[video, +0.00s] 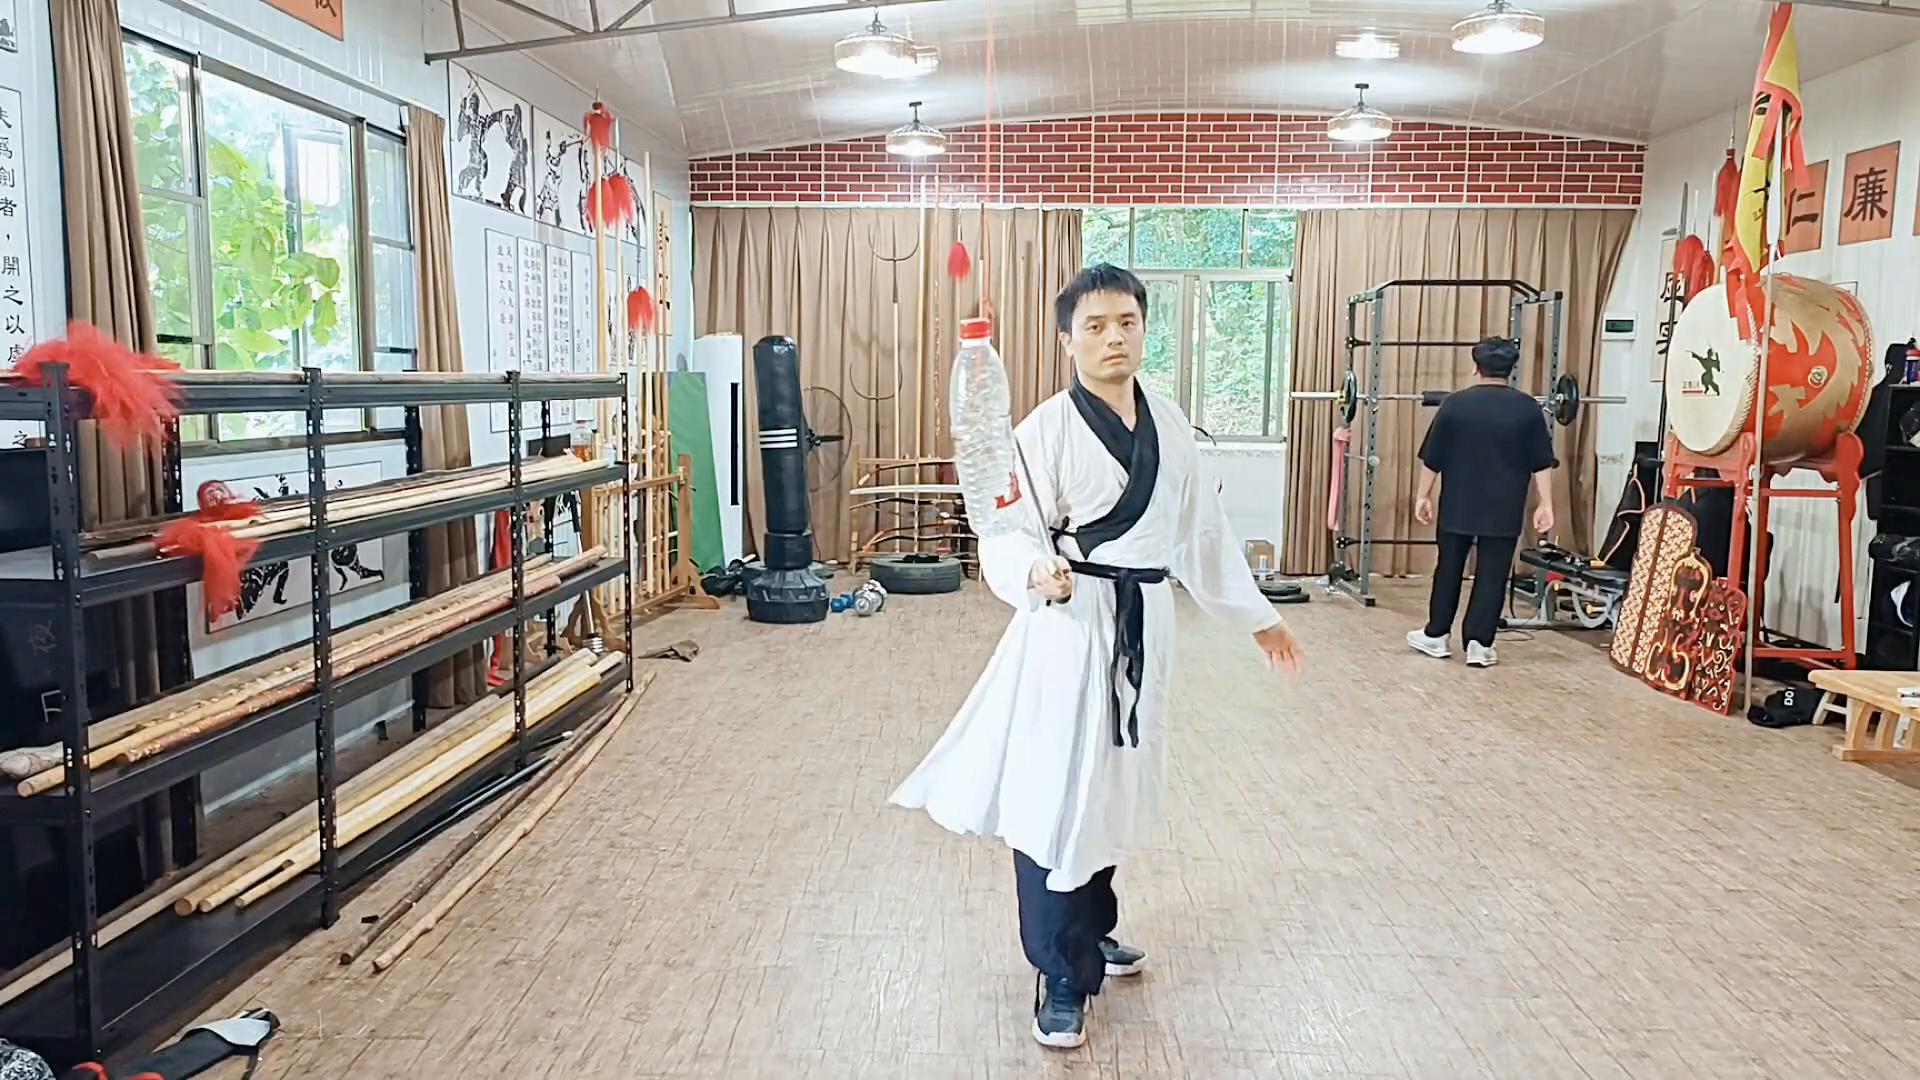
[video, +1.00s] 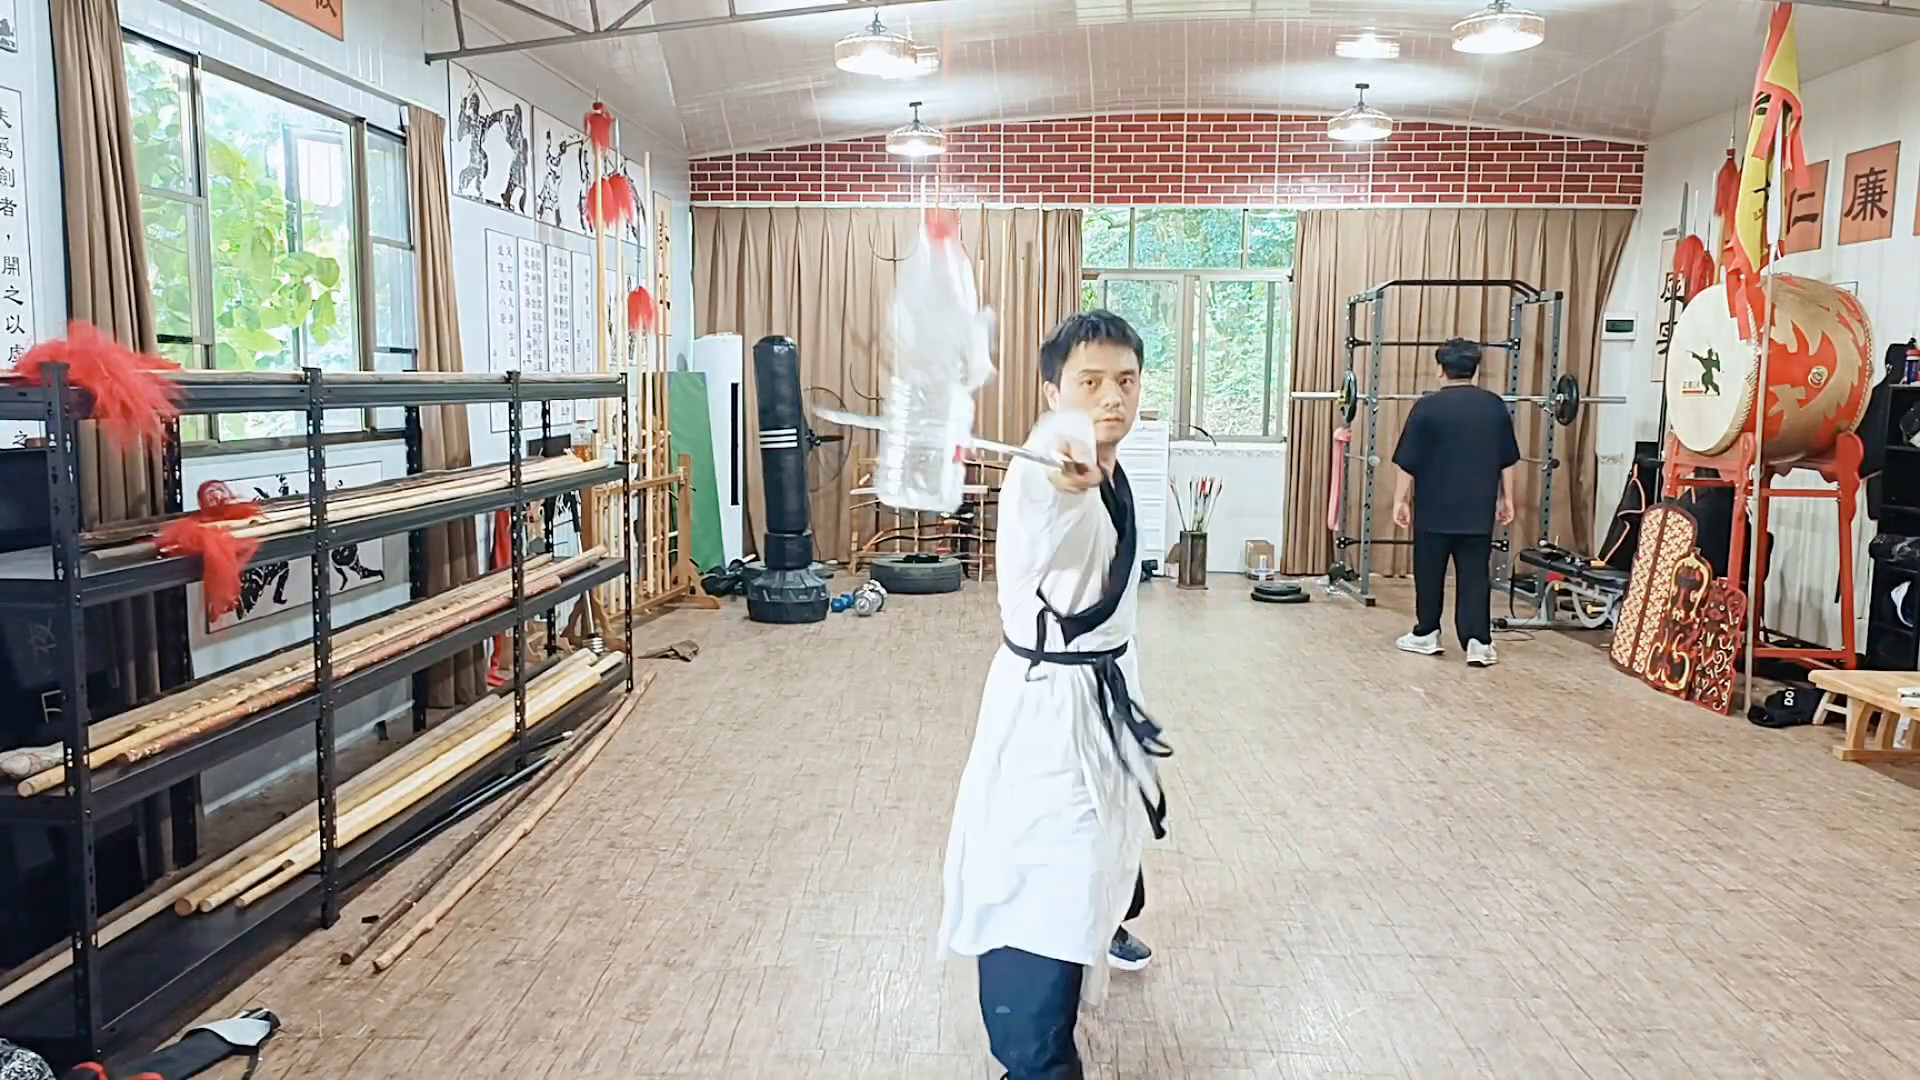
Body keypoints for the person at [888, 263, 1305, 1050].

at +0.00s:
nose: (1114, 337)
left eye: (1127, 321)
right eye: (1097, 325)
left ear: (1145, 332)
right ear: (1069, 339)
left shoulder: (1170, 428)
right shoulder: (1042, 433)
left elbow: (1207, 538)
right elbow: (1001, 533)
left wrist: (1260, 616)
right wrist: (1035, 571)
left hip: (1141, 626)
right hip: (1067, 627)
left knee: (1114, 782)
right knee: (1050, 796)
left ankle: (1089, 932)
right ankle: (1056, 979)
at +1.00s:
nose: (1113, 398)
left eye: (1127, 380)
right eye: (1091, 380)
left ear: (1141, 389)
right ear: (1052, 391)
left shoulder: (1108, 459)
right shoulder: (1044, 462)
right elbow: (1042, 493)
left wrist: (1120, 696)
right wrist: (1070, 486)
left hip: (1103, 685)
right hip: (1045, 698)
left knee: (1107, 818)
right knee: (1040, 886)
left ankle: (1098, 928)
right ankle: (1038, 1058)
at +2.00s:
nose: (1110, 401)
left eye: (1124, 385)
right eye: (1091, 386)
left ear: (1141, 390)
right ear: (1060, 393)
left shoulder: (1145, 466)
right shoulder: (1031, 483)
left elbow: (1160, 573)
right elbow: (988, 599)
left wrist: (1217, 639)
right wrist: (1032, 633)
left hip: (1125, 672)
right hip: (1053, 681)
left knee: (1138, 816)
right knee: (1076, 850)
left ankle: (1099, 933)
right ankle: (1015, 1033)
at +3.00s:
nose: (1119, 386)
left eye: (1133, 372)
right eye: (1100, 372)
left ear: (1149, 388)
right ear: (1067, 387)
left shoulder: (1136, 471)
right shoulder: (1032, 486)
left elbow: (1131, 578)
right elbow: (979, 606)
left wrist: (1168, 650)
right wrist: (1003, 684)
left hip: (1118, 682)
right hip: (1048, 688)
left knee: (1127, 827)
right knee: (1032, 863)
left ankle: (1083, 945)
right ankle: (1027, 1061)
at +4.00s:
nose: (1142, 403)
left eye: (1149, 384)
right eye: (1118, 386)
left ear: (1158, 392)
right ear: (1065, 405)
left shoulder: (1112, 483)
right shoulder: (1064, 490)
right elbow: (1146, 510)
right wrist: (1213, 507)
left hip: (1105, 713)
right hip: (1053, 728)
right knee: (1068, 976)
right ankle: (1030, 1065)